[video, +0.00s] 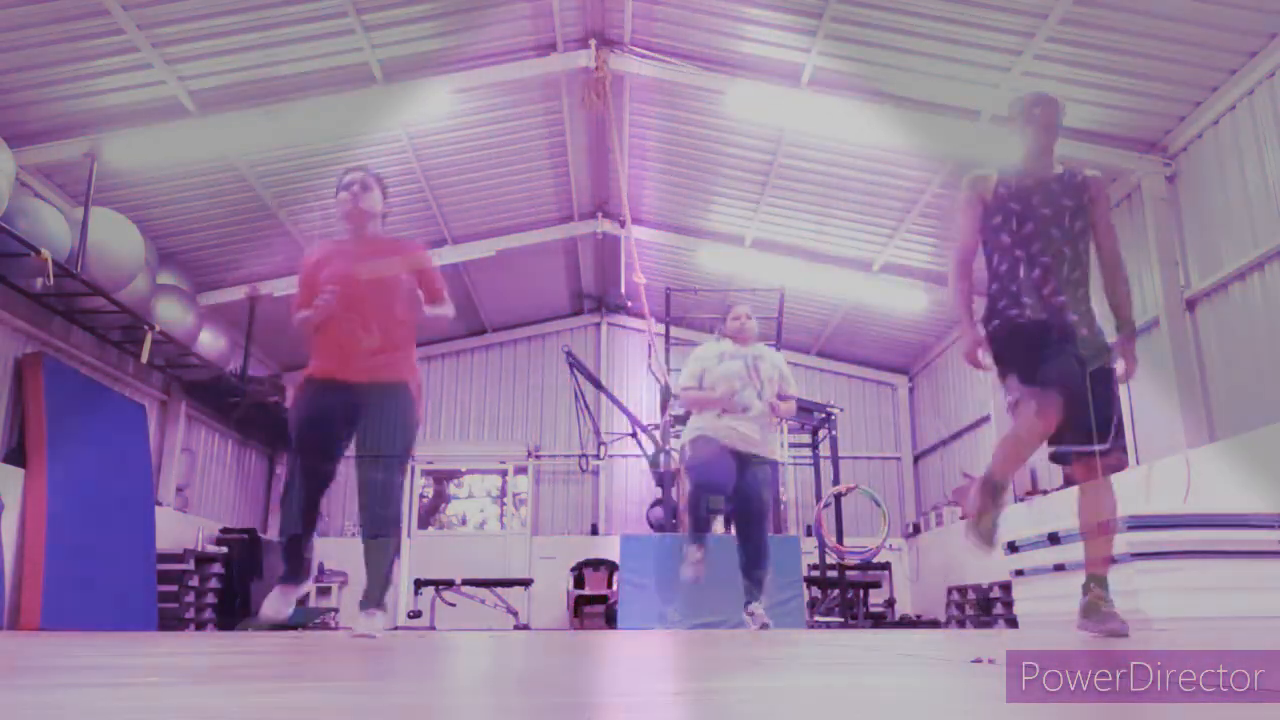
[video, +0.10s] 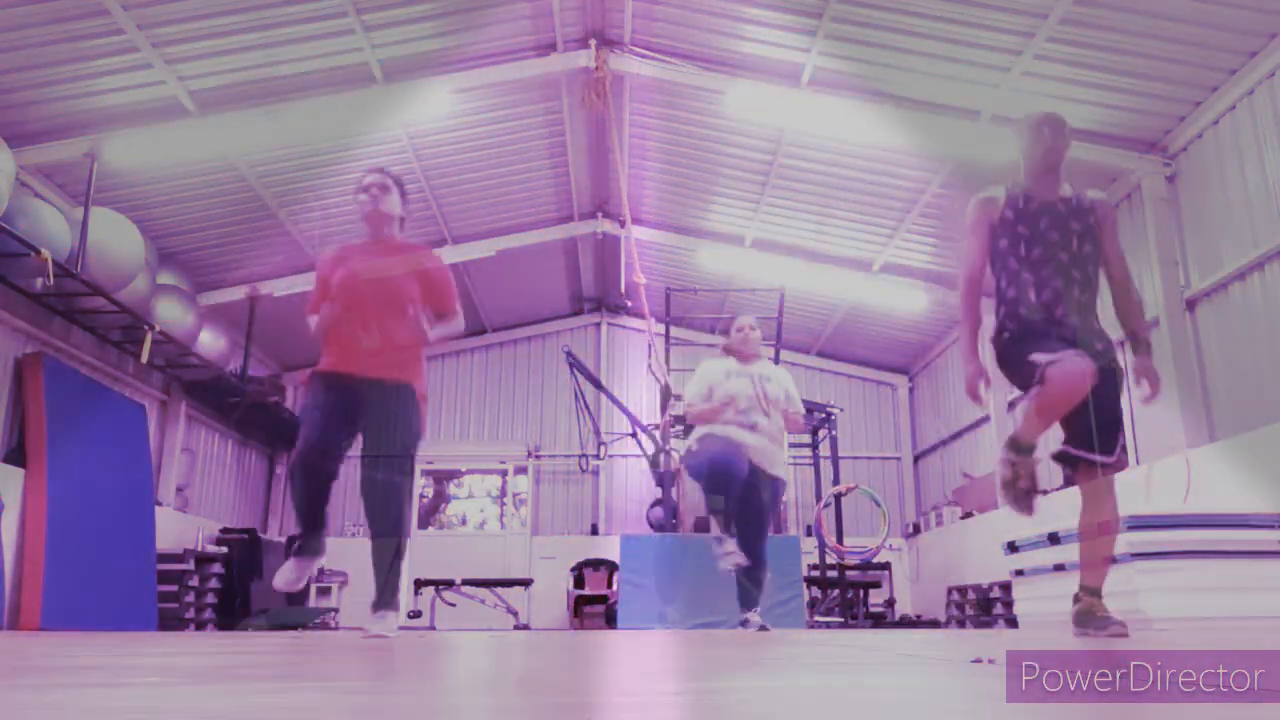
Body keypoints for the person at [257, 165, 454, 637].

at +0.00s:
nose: (355, 194)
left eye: (365, 187)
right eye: (347, 189)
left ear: (382, 201)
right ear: (336, 203)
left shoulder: (409, 252)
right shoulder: (320, 257)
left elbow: (447, 313)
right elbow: (298, 326)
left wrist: (419, 307)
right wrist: (317, 311)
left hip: (389, 382)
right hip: (328, 380)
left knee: (380, 485)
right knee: (304, 470)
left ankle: (374, 603)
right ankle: (293, 578)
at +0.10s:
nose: (373, 197)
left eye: (383, 190)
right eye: (365, 191)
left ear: (401, 203)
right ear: (355, 203)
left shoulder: (422, 258)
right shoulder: (333, 259)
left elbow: (455, 321)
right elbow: (313, 328)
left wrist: (424, 332)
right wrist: (326, 313)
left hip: (394, 382)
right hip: (336, 378)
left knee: (386, 486)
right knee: (309, 458)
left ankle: (387, 605)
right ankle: (309, 548)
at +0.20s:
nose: (386, 207)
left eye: (396, 201)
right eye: (378, 201)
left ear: (412, 215)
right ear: (367, 214)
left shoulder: (433, 271)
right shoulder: (346, 270)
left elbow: (459, 338)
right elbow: (315, 335)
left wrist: (423, 329)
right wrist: (325, 319)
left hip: (405, 399)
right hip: (350, 388)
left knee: (391, 512)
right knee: (319, 434)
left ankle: (385, 608)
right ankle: (318, 532)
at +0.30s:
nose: (386, 194)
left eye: (397, 188)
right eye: (378, 188)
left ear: (414, 202)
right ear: (367, 202)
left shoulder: (435, 254)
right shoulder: (347, 255)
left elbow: (469, 317)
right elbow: (318, 327)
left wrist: (427, 307)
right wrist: (319, 300)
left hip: (416, 384)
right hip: (362, 373)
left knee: (403, 493)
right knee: (335, 423)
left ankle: (389, 605)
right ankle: (330, 533)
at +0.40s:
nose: (391, 191)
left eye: (401, 185)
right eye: (383, 186)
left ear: (420, 199)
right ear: (372, 201)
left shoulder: (443, 254)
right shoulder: (353, 255)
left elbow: (473, 317)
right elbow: (323, 317)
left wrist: (442, 331)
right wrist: (322, 307)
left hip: (420, 381)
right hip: (364, 373)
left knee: (414, 486)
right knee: (352, 433)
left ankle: (417, 598)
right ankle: (351, 554)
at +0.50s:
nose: (397, 205)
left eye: (407, 199)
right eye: (389, 199)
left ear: (424, 212)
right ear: (378, 211)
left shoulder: (446, 268)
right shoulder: (358, 269)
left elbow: (472, 333)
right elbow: (339, 340)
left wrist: (451, 361)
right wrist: (328, 333)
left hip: (428, 404)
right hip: (366, 399)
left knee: (423, 509)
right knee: (362, 506)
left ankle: (422, 607)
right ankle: (369, 611)